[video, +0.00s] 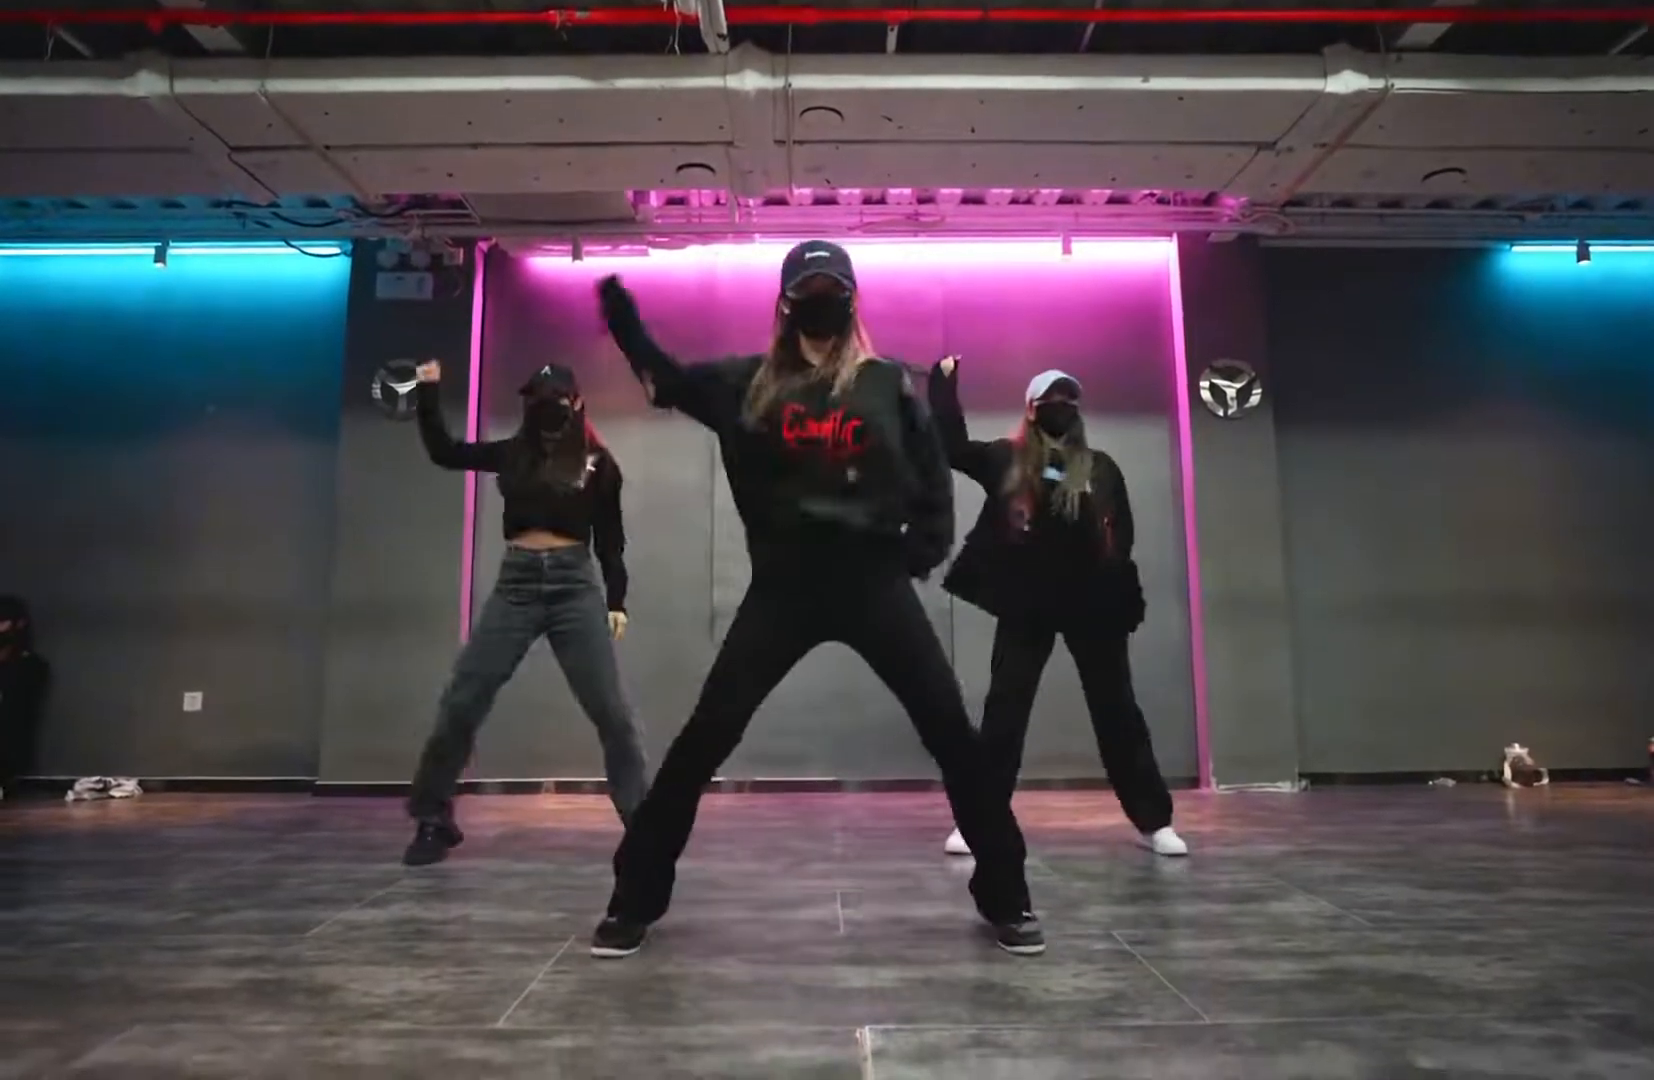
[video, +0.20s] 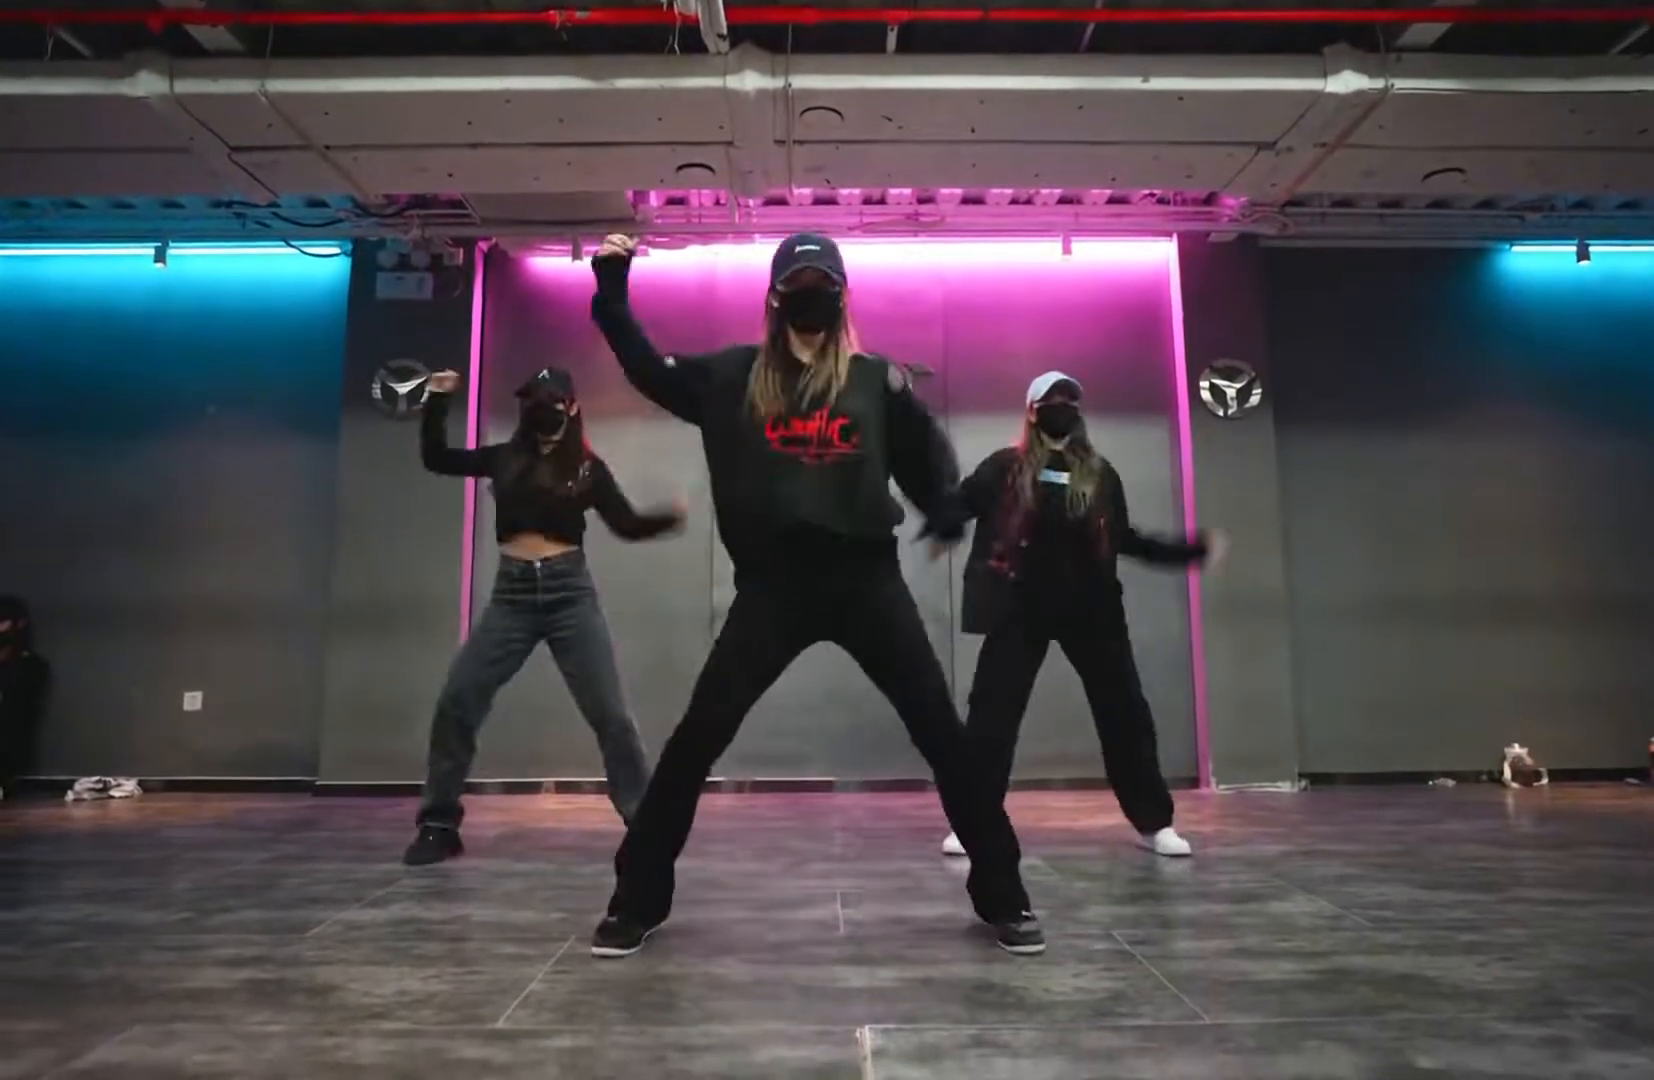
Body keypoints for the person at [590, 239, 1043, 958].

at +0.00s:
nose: (821, 305)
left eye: (832, 293)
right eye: (807, 294)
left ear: (851, 300)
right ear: (786, 302)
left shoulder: (889, 386)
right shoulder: (748, 386)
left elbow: (935, 483)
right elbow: (667, 380)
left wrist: (915, 556)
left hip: (876, 587)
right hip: (783, 590)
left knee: (952, 732)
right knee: (706, 737)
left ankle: (1007, 900)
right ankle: (632, 905)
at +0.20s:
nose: (810, 302)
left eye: (822, 289)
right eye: (798, 290)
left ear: (841, 295)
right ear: (776, 295)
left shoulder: (880, 383)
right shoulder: (730, 377)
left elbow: (935, 485)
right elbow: (649, 371)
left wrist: (953, 511)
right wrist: (612, 285)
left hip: (868, 588)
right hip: (771, 590)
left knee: (942, 732)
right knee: (698, 738)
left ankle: (1004, 899)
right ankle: (634, 904)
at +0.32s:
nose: (812, 320)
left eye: (825, 306)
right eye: (799, 306)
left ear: (844, 313)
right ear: (776, 312)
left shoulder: (875, 396)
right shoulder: (732, 384)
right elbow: (650, 408)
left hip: (863, 599)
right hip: (773, 601)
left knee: (916, 747)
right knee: (726, 747)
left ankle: (1015, 877)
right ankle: (644, 894)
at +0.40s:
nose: (815, 357)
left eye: (827, 342)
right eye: (801, 343)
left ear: (846, 346)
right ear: (778, 349)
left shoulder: (881, 435)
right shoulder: (750, 440)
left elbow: (937, 521)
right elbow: (691, 527)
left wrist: (949, 608)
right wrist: (707, 588)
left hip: (864, 630)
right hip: (781, 629)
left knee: (897, 788)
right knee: (741, 777)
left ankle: (1024, 884)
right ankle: (646, 902)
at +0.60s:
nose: (838, 353)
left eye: (852, 342)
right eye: (827, 338)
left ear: (878, 338)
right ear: (817, 336)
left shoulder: (909, 410)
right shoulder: (795, 408)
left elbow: (935, 518)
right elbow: (805, 500)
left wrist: (841, 511)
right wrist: (905, 505)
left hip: (885, 618)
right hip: (799, 618)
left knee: (996, 719)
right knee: (726, 751)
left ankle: (981, 892)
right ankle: (647, 898)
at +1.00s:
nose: (924, 345)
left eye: (930, 334)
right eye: (912, 330)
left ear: (930, 338)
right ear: (876, 327)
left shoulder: (933, 415)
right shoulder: (829, 392)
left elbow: (978, 497)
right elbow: (850, 480)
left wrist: (887, 488)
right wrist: (967, 493)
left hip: (899, 616)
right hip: (818, 613)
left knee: (1018, 714)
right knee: (736, 750)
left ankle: (982, 890)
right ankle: (647, 901)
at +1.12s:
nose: (898, 336)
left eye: (908, 323)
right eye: (882, 324)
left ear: (922, 329)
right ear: (855, 330)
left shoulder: (934, 415)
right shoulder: (824, 394)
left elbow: (978, 496)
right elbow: (831, 478)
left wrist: (883, 489)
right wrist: (946, 493)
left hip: (897, 617)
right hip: (814, 614)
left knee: (1016, 718)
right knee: (732, 752)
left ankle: (981, 892)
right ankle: (647, 905)